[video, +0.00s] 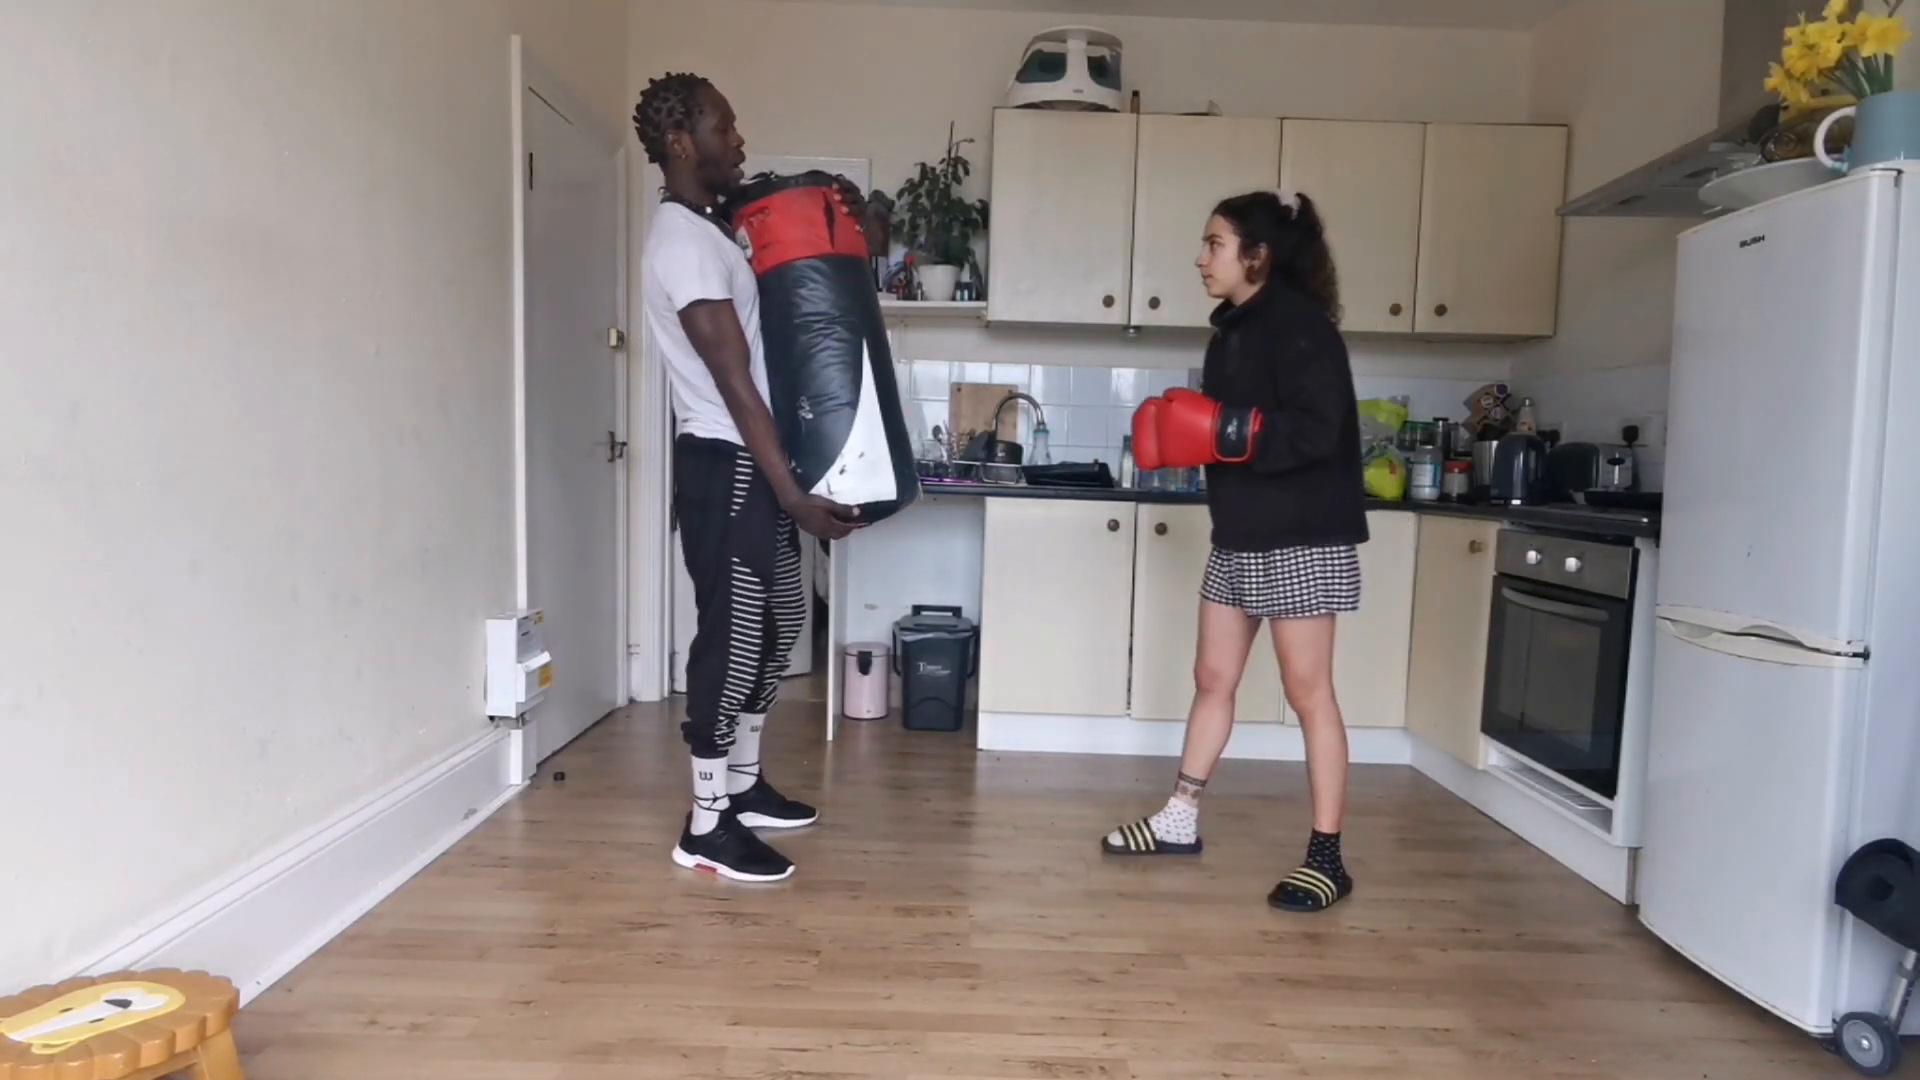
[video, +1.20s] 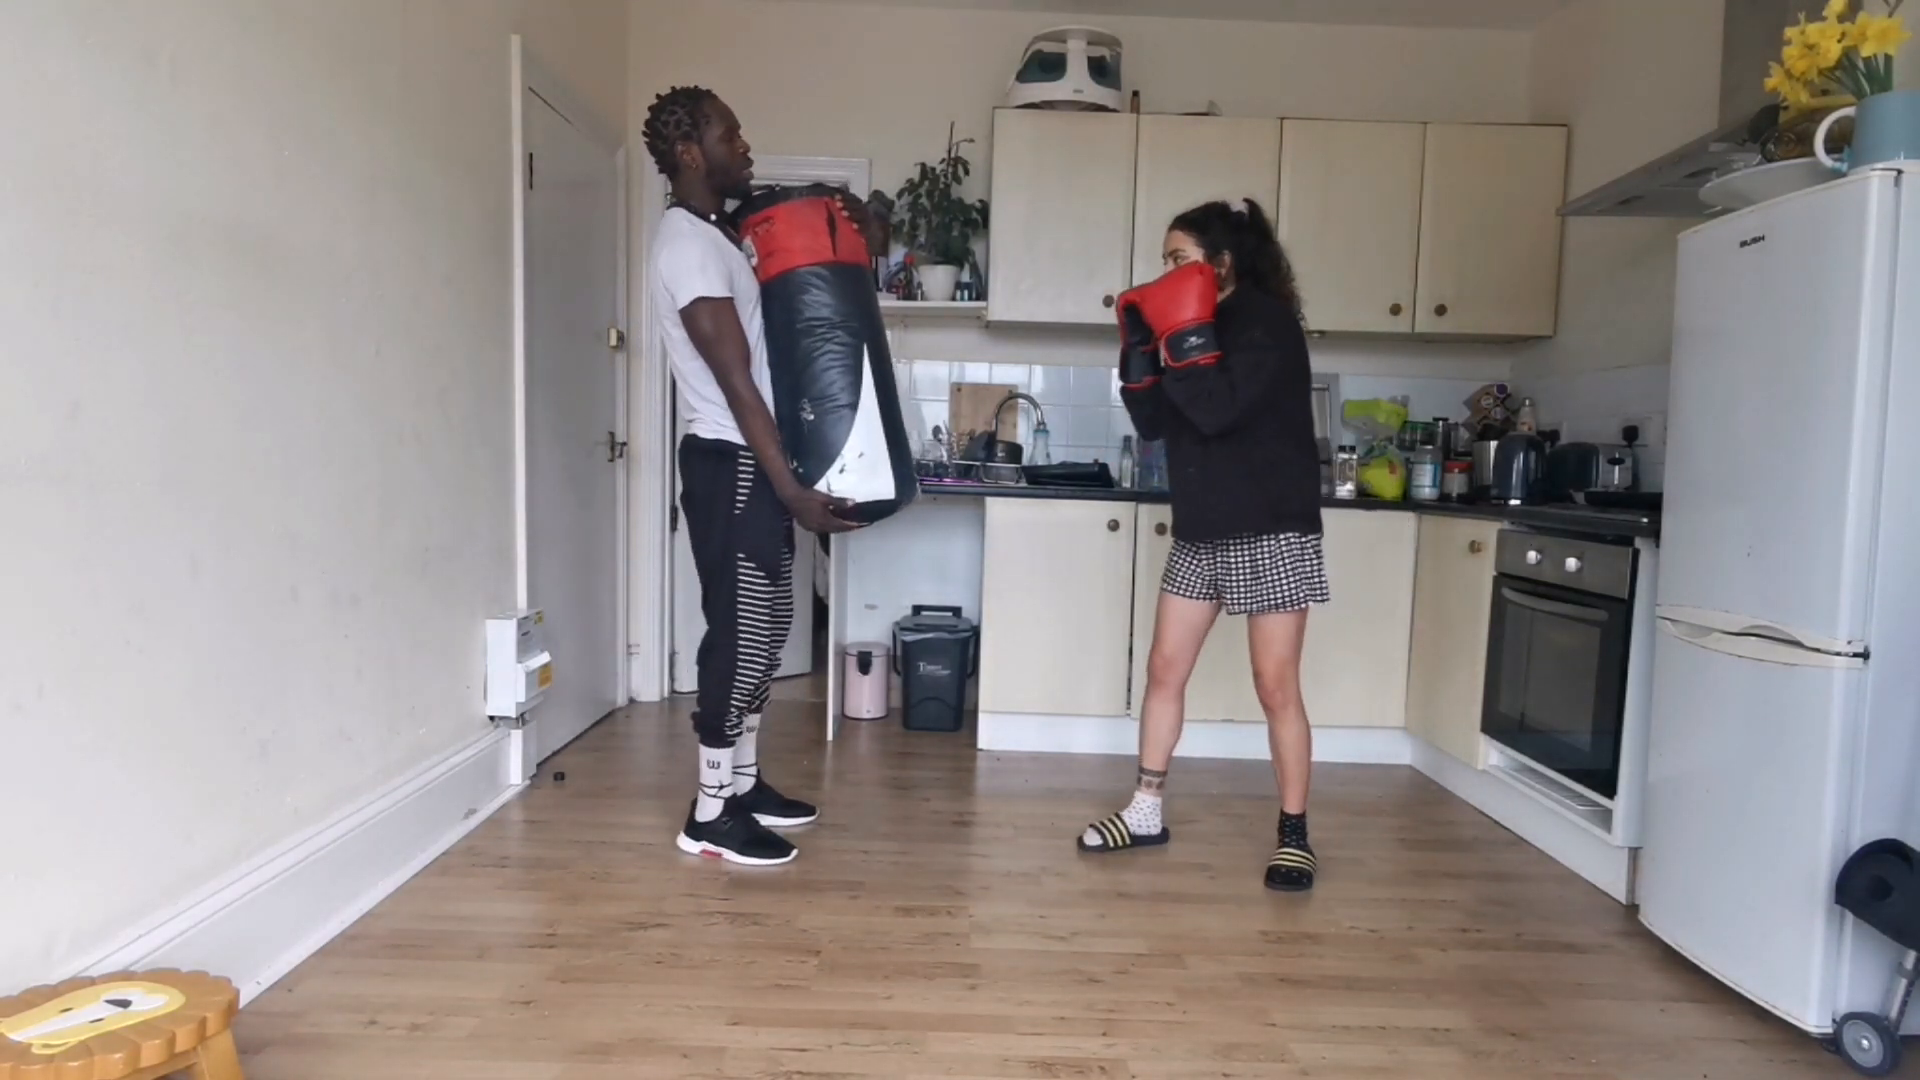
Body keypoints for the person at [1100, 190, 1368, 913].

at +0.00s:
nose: (1202, 258)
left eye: (1215, 245)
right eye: (1204, 244)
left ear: (1257, 255)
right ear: (1237, 256)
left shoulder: (1301, 326)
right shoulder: (1230, 331)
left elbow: (1321, 435)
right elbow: (1235, 424)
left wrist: (1226, 430)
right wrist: (1181, 429)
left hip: (1306, 531)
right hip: (1239, 528)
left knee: (1309, 692)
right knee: (1213, 677)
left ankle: (1325, 857)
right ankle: (1180, 818)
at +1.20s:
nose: (1170, 270)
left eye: (1180, 258)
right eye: (1169, 260)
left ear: (1223, 261)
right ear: (1191, 263)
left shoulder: (1264, 319)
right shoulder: (1191, 326)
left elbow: (1218, 410)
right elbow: (1152, 421)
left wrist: (1184, 333)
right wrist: (1135, 339)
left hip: (1274, 522)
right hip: (1202, 523)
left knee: (1277, 685)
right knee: (1165, 668)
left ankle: (1293, 833)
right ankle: (1146, 809)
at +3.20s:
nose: (1207, 272)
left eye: (1220, 257)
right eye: (1203, 260)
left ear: (1258, 257)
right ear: (1212, 266)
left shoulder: (1300, 318)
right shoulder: (1215, 320)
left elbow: (1231, 391)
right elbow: (1162, 398)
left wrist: (1217, 313)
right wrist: (1165, 311)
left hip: (1290, 521)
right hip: (1214, 520)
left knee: (1295, 683)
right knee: (1166, 669)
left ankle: (1307, 835)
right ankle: (1147, 810)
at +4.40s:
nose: (1215, 307)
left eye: (1225, 292)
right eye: (1212, 295)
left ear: (1270, 292)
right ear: (1238, 299)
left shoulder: (1319, 347)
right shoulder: (1247, 361)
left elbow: (1271, 435)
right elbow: (1209, 451)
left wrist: (1240, 358)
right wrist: (1170, 398)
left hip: (1325, 548)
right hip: (1248, 543)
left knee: (1343, 709)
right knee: (1156, 654)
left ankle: (1379, 841)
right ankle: (1127, 784)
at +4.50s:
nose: (1148, 307)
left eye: (1159, 292)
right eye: (1146, 295)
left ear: (1200, 288)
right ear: (1158, 299)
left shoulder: (1260, 345)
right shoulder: (1162, 361)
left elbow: (1237, 429)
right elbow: (1130, 434)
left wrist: (1195, 354)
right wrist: (1090, 403)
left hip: (1297, 526)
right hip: (1214, 535)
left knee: (1341, 687)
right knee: (1137, 663)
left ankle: (1380, 834)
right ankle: (1065, 780)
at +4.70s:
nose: (1094, 358)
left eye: (1105, 347)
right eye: (1093, 348)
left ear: (1148, 344)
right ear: (1118, 349)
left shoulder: (1199, 394)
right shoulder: (1117, 404)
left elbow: (1172, 483)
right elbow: (1035, 420)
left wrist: (1128, 415)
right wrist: (951, 405)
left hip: (1257, 557)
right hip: (1175, 563)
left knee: (1317, 706)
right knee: (1092, 659)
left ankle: (1395, 812)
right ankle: (1066, 795)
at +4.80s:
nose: (1112, 353)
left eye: (1126, 341)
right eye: (1114, 341)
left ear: (1170, 347)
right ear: (1137, 343)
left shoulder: (1216, 398)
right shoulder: (1131, 396)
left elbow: (1173, 493)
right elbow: (1065, 438)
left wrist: (1146, 421)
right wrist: (1003, 433)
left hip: (1255, 558)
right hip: (1176, 561)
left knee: (1311, 709)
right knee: (1094, 656)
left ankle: (1397, 805)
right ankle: (1065, 794)